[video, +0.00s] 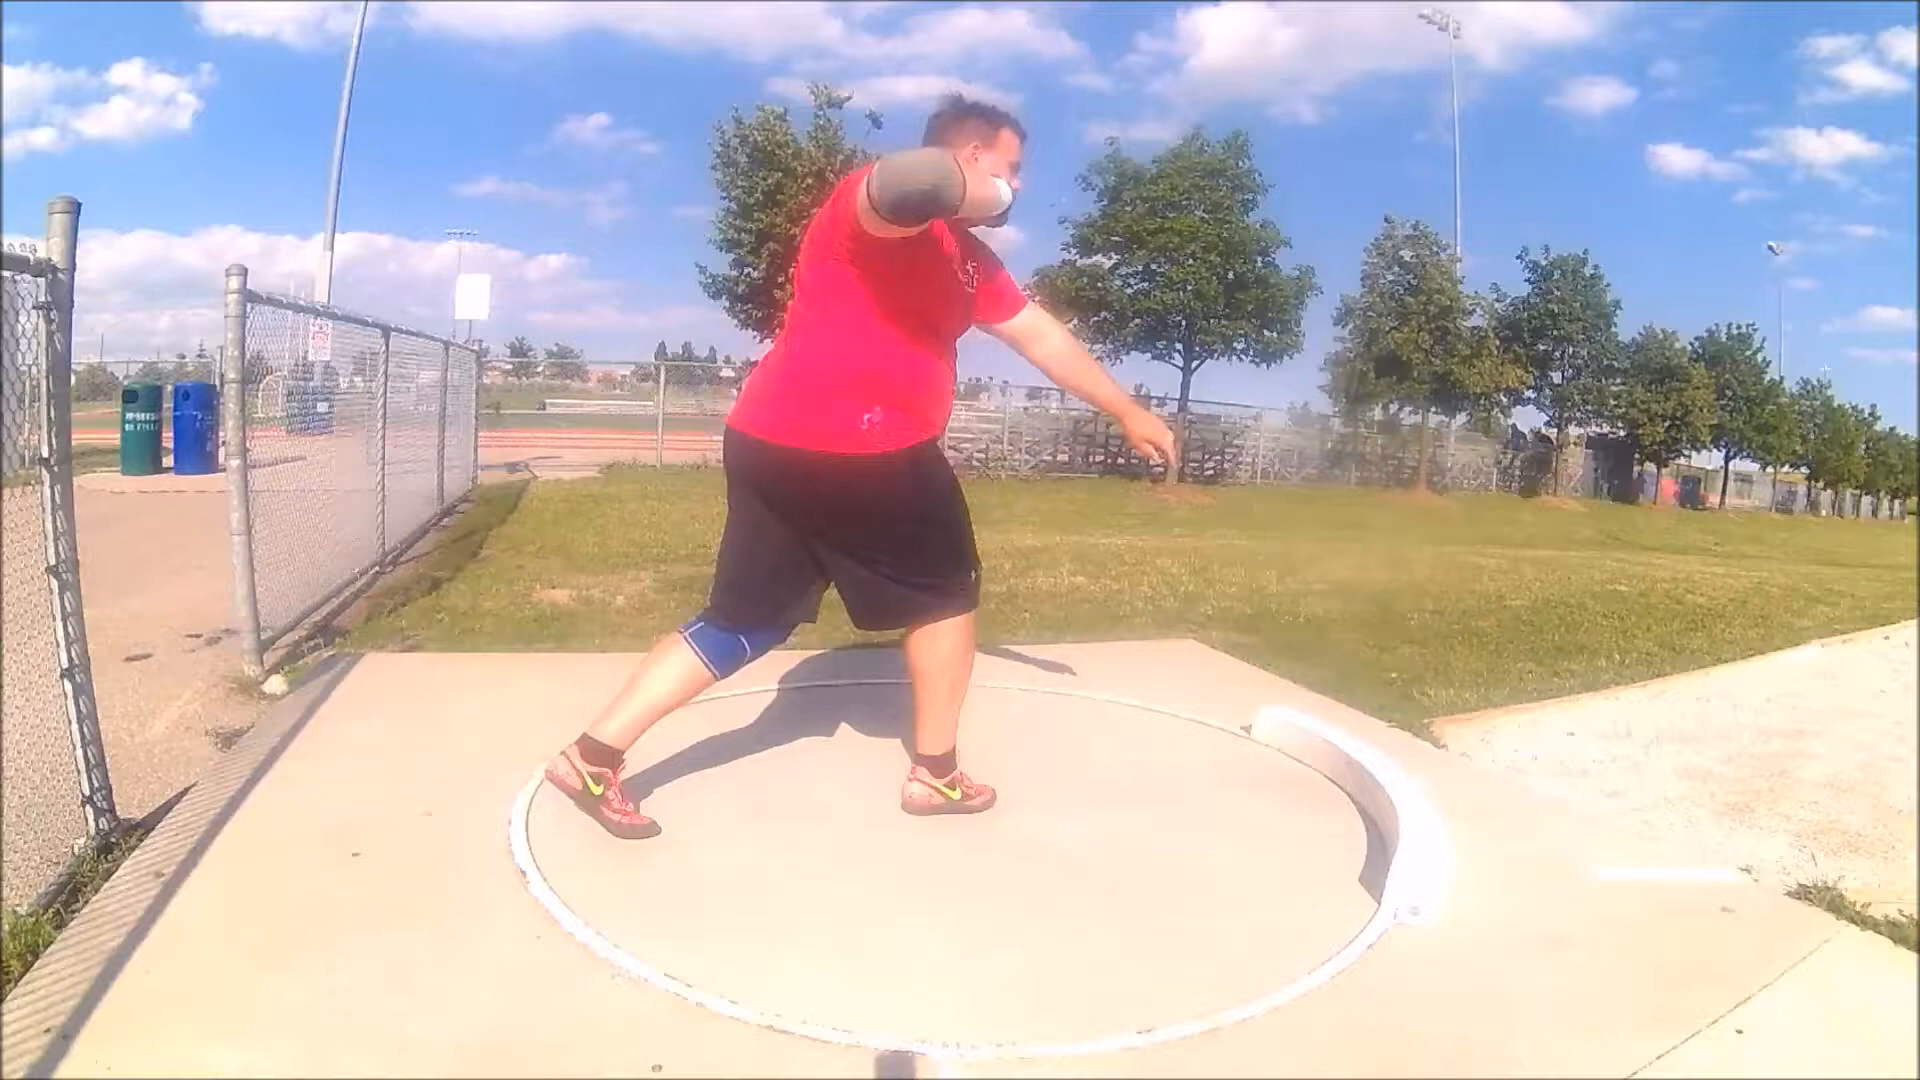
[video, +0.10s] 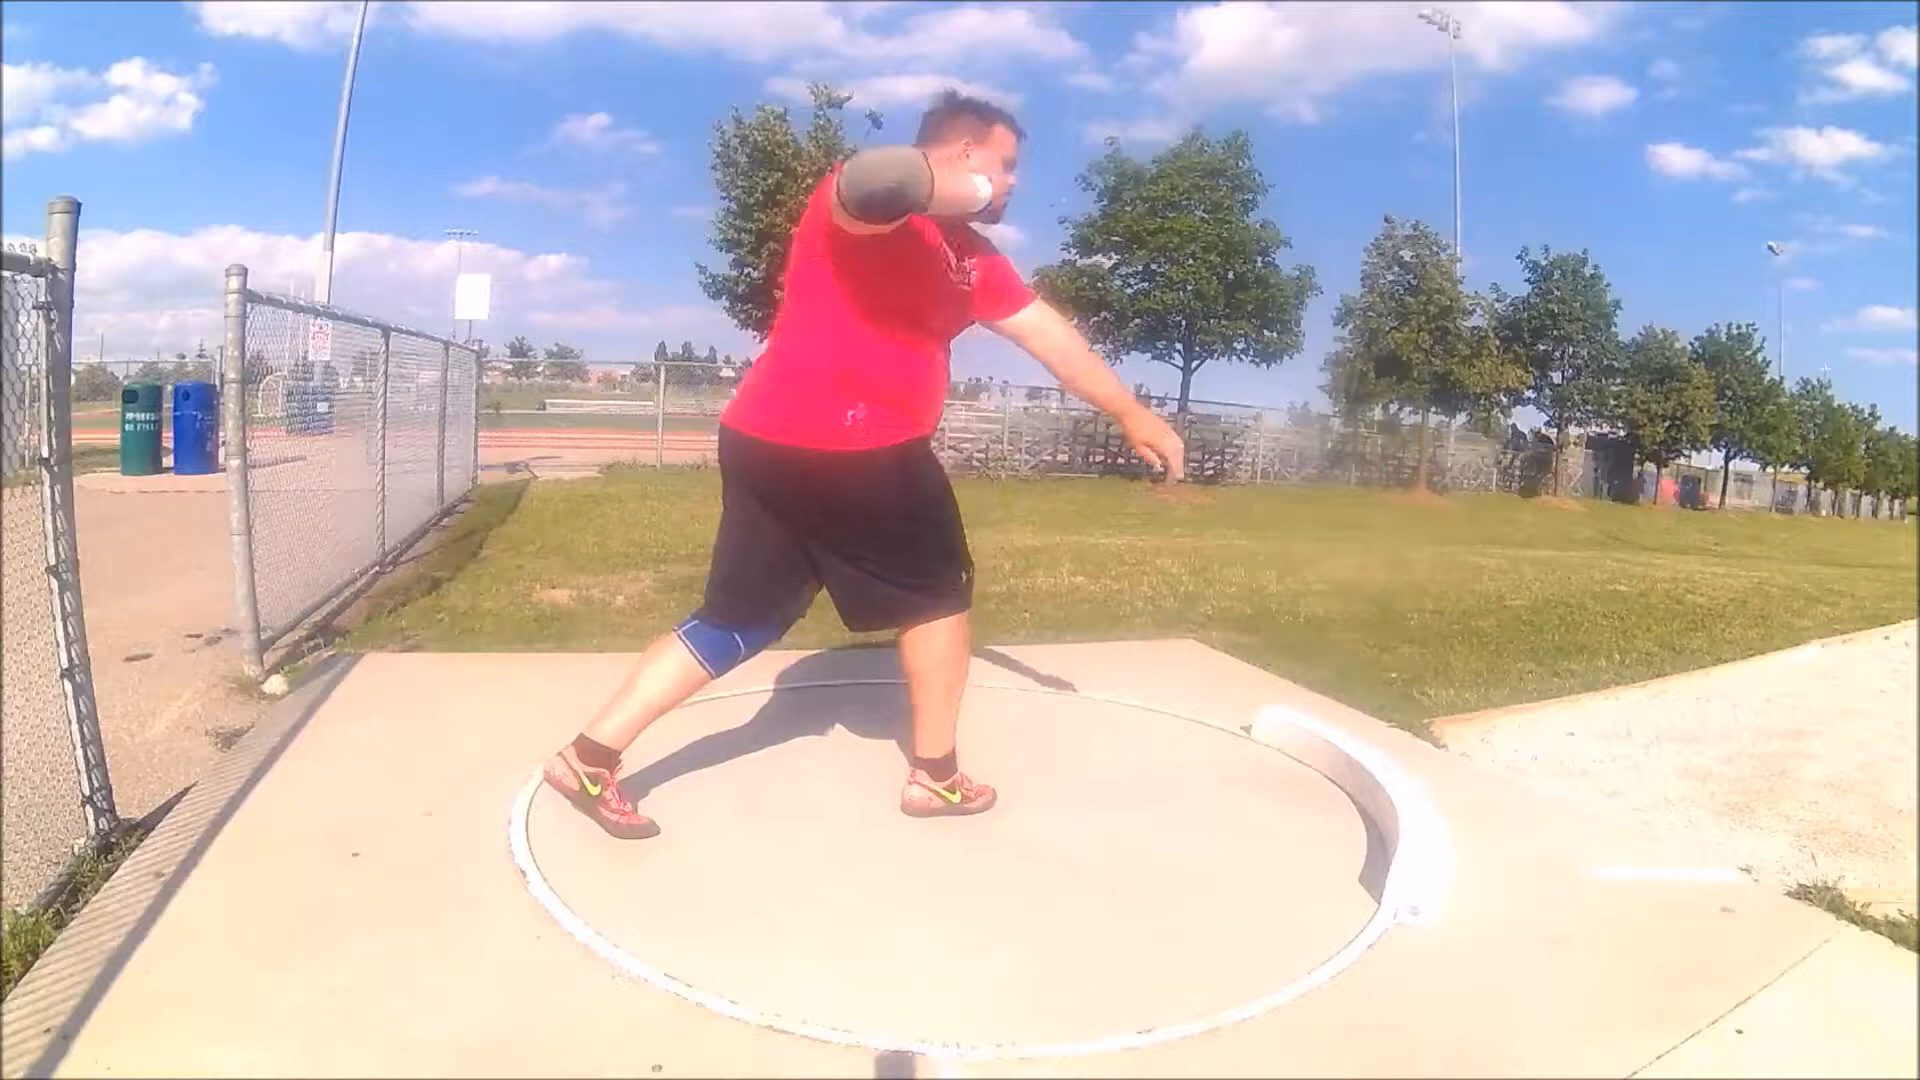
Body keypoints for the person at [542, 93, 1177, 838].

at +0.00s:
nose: (1014, 187)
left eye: (1017, 175)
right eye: (1010, 170)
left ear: (971, 160)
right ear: (962, 156)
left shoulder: (970, 261)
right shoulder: (871, 199)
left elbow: (1042, 337)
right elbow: (900, 189)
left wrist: (1129, 410)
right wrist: (961, 186)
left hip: (768, 441)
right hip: (876, 454)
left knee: (742, 618)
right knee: (945, 598)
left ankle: (596, 751)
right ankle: (933, 769)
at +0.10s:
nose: (1012, 184)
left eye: (1014, 171)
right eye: (1007, 166)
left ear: (967, 156)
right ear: (961, 154)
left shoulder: (976, 261)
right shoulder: (854, 198)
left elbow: (1052, 339)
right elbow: (872, 185)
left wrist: (1133, 413)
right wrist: (934, 184)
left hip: (762, 442)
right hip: (871, 454)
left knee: (733, 618)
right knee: (938, 599)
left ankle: (593, 751)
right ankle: (933, 772)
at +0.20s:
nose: (1006, 180)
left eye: (1007, 163)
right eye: (1000, 158)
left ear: (949, 156)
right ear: (951, 148)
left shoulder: (966, 252)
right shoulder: (839, 200)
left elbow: (1045, 328)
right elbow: (832, 177)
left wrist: (1080, 396)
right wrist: (941, 181)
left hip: (755, 437)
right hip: (863, 447)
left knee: (732, 611)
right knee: (928, 593)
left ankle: (589, 754)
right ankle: (934, 770)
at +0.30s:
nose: (998, 172)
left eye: (1001, 157)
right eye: (990, 154)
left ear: (954, 148)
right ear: (940, 145)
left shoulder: (968, 250)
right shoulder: (831, 193)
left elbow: (1037, 327)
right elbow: (804, 172)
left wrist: (999, 374)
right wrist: (928, 173)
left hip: (748, 437)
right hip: (853, 448)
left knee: (726, 612)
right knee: (920, 595)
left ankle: (585, 756)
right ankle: (934, 769)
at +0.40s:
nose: (994, 170)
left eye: (996, 156)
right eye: (985, 152)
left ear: (948, 147)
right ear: (936, 144)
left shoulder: (965, 246)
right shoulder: (826, 194)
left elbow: (1028, 326)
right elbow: (796, 169)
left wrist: (949, 351)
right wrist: (922, 175)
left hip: (744, 437)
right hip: (847, 446)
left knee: (726, 612)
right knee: (918, 595)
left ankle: (585, 756)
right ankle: (934, 772)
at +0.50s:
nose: (993, 179)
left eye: (994, 164)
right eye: (985, 161)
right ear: (935, 154)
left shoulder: (961, 253)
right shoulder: (826, 202)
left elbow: (1028, 330)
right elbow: (831, 182)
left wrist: (971, 359)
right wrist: (942, 190)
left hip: (739, 437)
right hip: (842, 451)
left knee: (727, 616)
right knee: (921, 598)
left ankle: (582, 761)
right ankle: (933, 776)